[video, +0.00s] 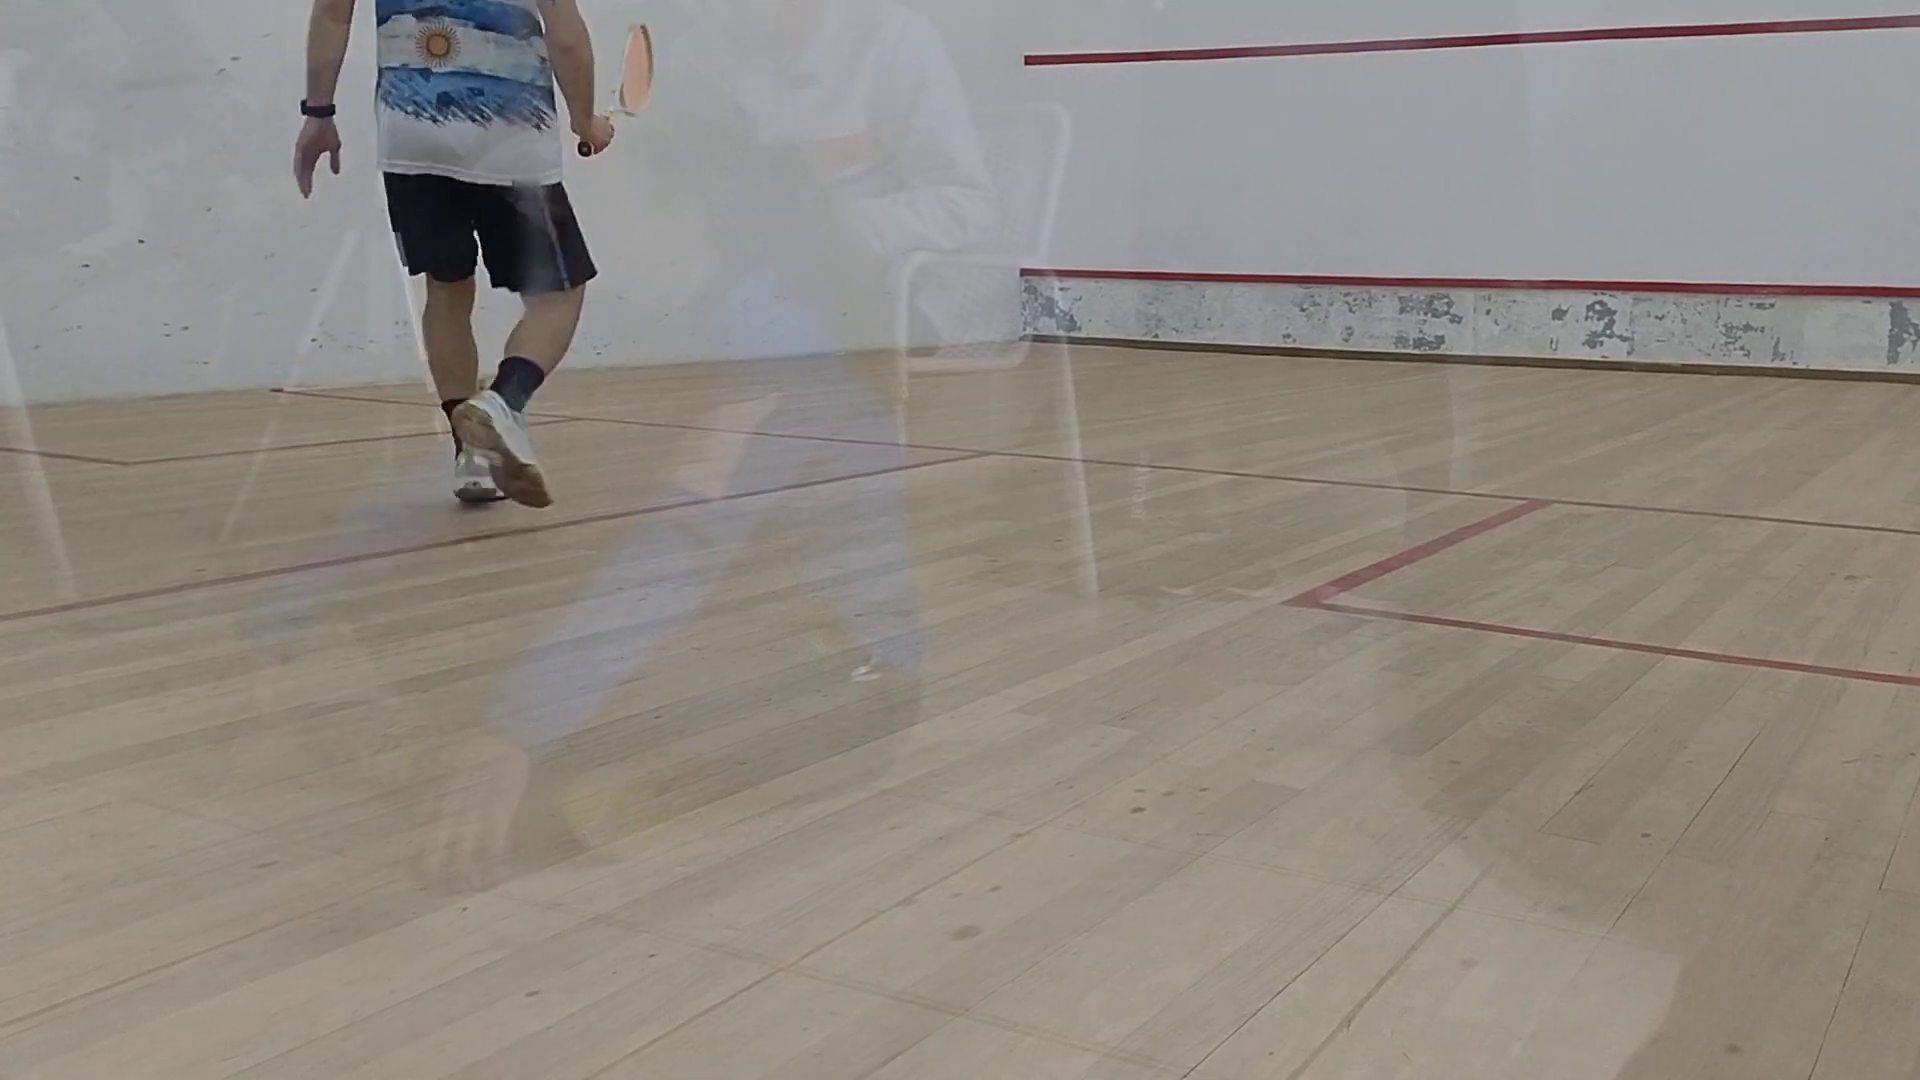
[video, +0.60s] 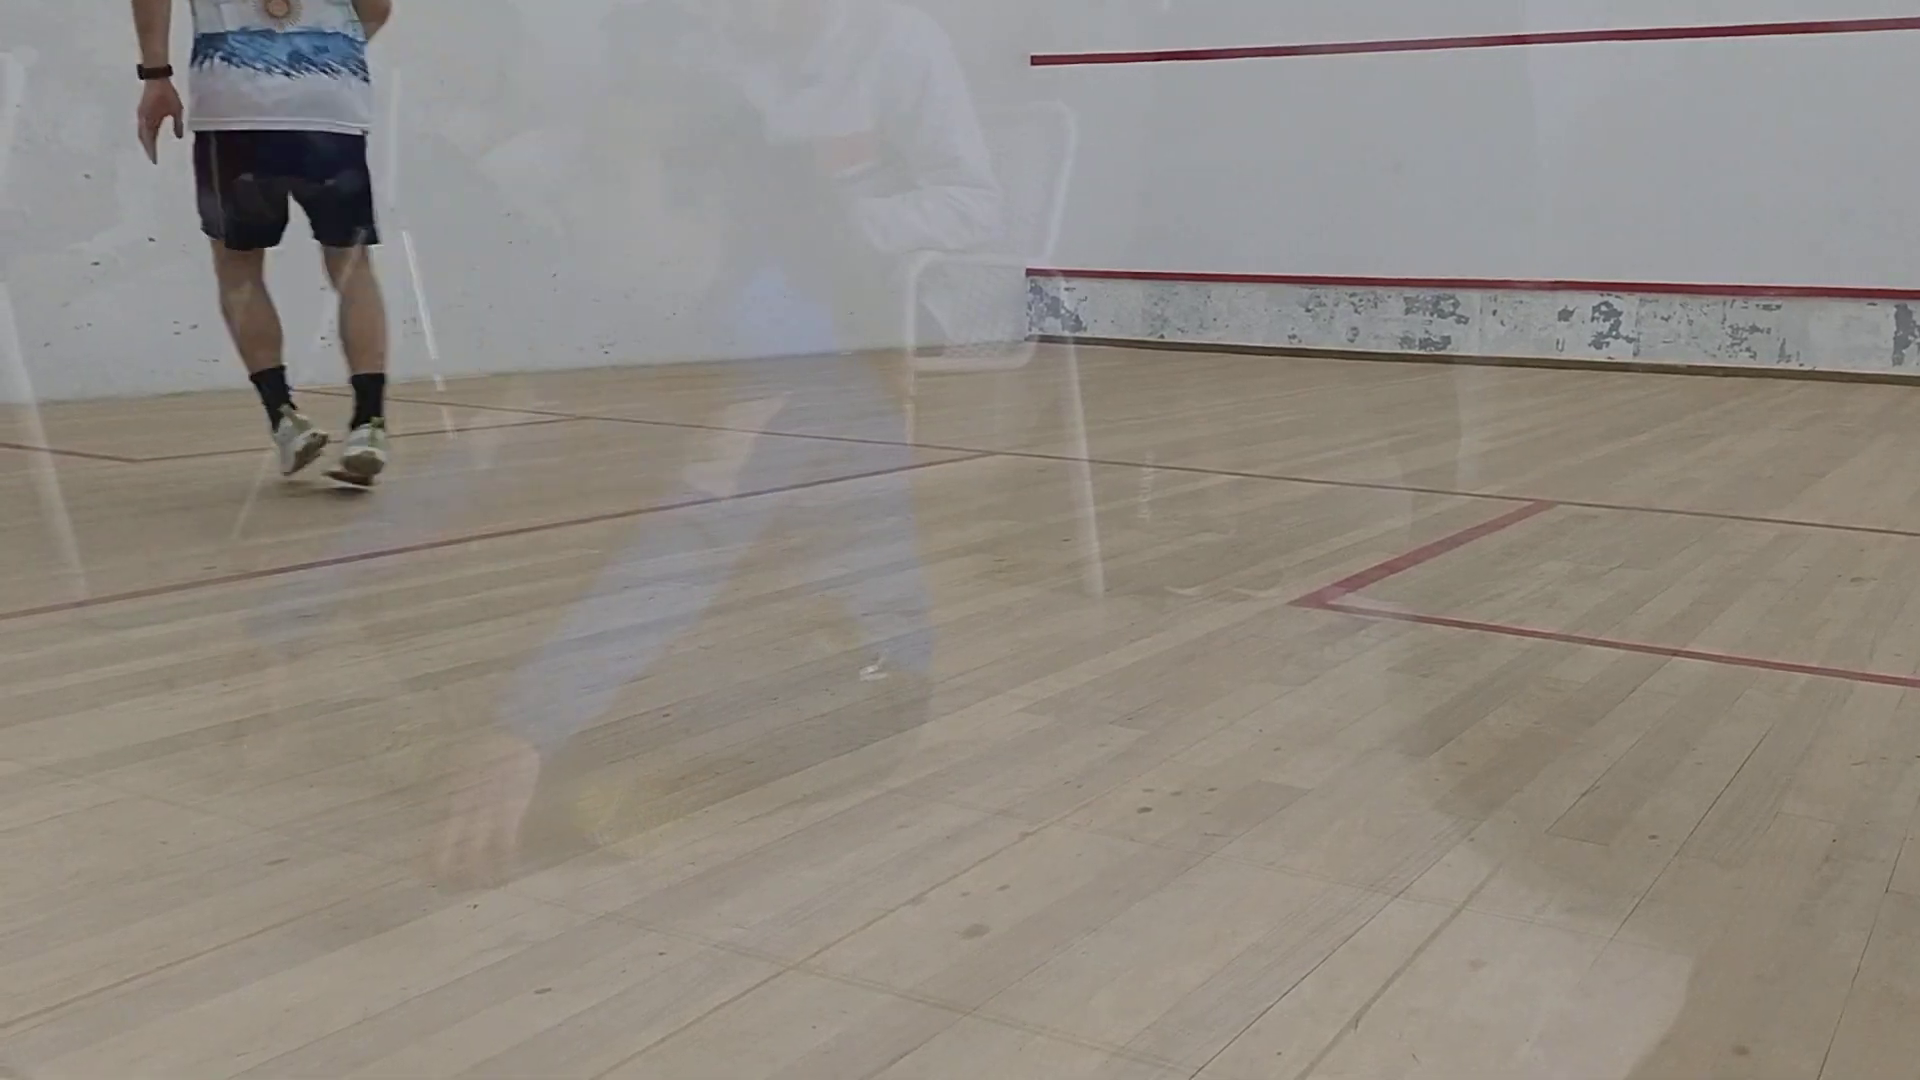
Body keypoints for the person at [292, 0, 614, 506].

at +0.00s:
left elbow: (331, 12)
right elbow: (567, 38)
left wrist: (318, 111)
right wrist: (584, 117)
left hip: (411, 141)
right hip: (511, 143)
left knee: (447, 289)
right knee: (557, 291)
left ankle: (470, 451)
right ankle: (504, 404)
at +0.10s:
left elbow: (337, 7)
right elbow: (565, 16)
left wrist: (335, 91)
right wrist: (581, 113)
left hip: (410, 118)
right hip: (511, 119)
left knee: (423, 265)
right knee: (578, 259)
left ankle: (434, 420)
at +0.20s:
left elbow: (339, 16)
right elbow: (571, 35)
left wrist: (334, 121)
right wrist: (589, 139)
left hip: (409, 143)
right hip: (512, 143)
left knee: (393, 271)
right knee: (593, 289)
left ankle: (381, 432)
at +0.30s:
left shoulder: (375, 6)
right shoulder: (527, 3)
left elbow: (318, 71)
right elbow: (570, 81)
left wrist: (310, 173)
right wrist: (590, 177)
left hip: (415, 195)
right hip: (522, 193)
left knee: (368, 294)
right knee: (608, 318)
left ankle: (347, 445)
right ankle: (669, 454)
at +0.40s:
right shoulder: (467, 1)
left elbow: (259, 61)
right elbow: (516, 68)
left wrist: (263, 160)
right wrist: (530, 158)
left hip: (351, 179)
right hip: (457, 178)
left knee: (332, 302)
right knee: (556, 306)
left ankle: (345, 451)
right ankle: (648, 434)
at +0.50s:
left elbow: (196, 12)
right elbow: (444, 33)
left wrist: (207, 101)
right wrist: (430, 100)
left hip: (290, 134)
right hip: (389, 127)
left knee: (302, 291)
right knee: (465, 277)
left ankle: (339, 441)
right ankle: (517, 428)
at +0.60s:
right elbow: (376, 6)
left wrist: (155, 74)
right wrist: (329, 49)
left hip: (233, 104)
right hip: (332, 101)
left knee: (241, 277)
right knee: (353, 266)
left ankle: (284, 419)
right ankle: (369, 425)